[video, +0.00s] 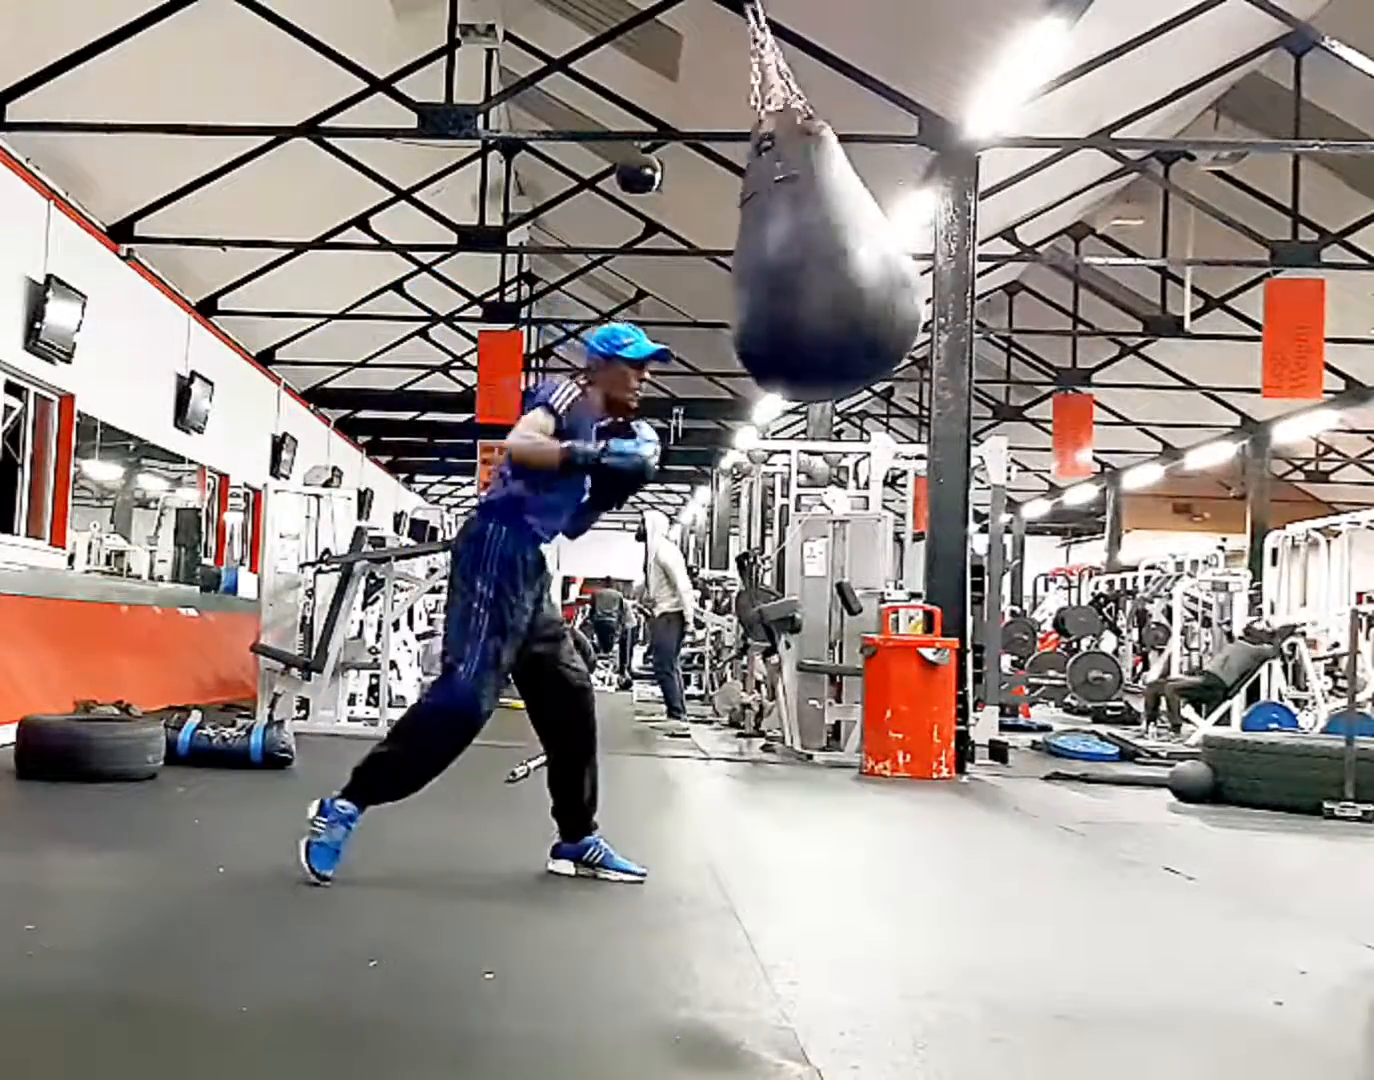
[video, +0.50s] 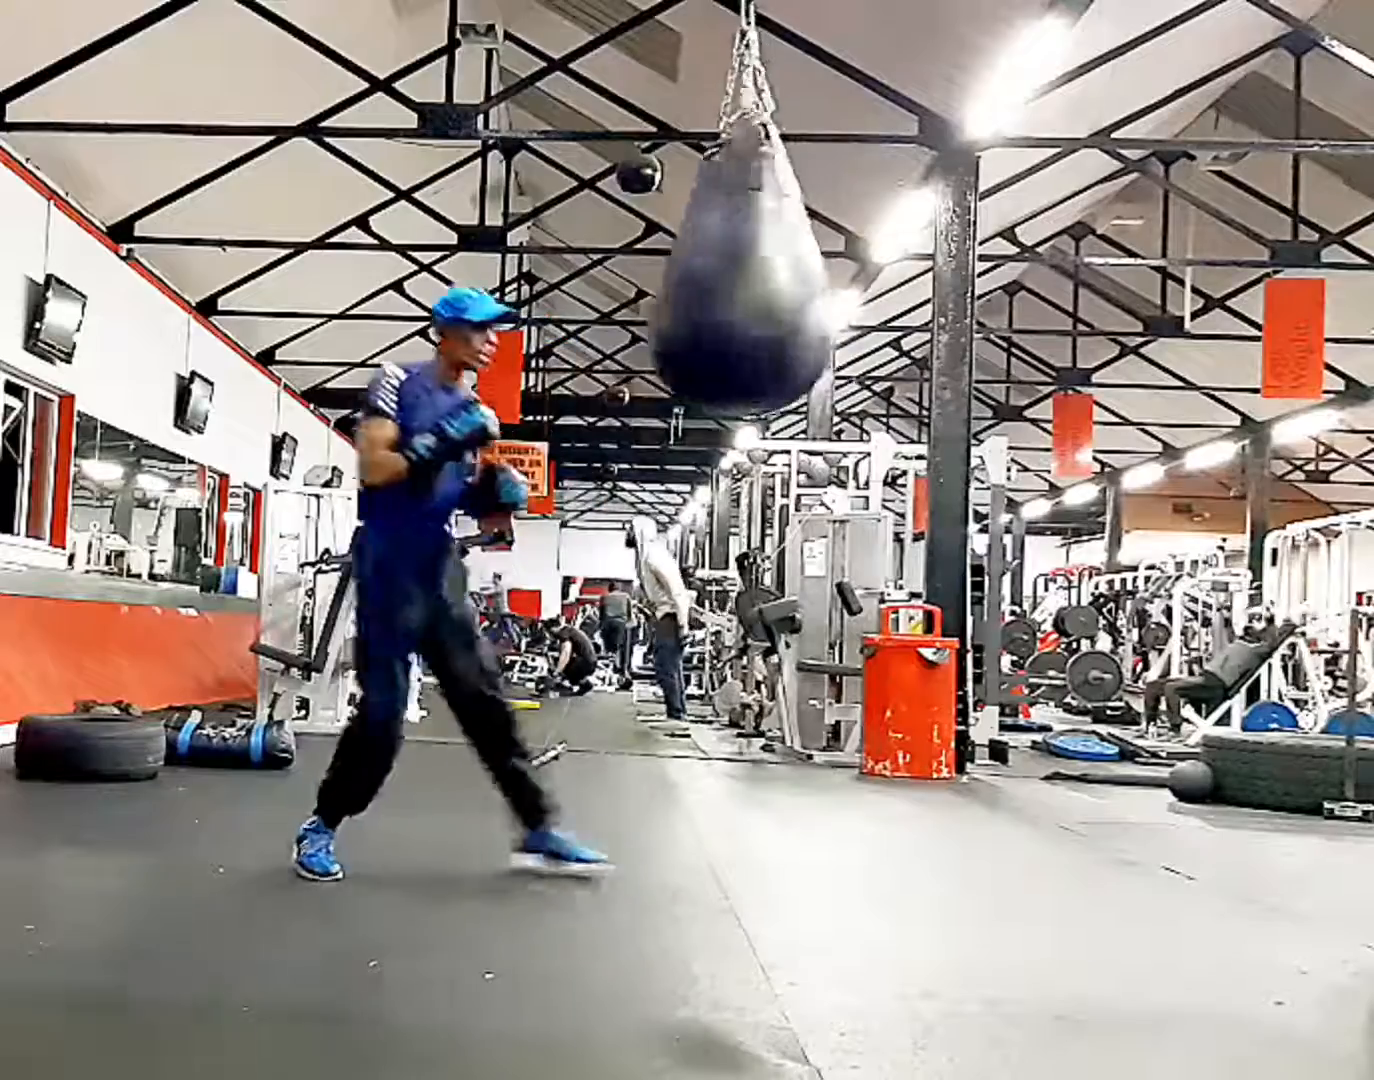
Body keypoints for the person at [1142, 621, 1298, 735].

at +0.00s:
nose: (1252, 629)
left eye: (1257, 629)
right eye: (1254, 627)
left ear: (1262, 636)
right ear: (1249, 631)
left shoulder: (1259, 650)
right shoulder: (1237, 643)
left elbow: (1277, 651)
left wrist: (1277, 637)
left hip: (1217, 682)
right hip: (1204, 675)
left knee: (1171, 688)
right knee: (1152, 687)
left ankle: (1175, 731)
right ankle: (1147, 729)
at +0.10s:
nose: (1254, 634)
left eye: (1257, 633)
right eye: (1256, 632)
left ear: (1260, 640)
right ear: (1250, 634)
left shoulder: (1259, 651)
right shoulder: (1238, 644)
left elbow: (1283, 655)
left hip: (1217, 682)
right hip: (1203, 674)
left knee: (1171, 688)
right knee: (1153, 687)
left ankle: (1175, 731)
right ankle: (1148, 728)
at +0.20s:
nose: (1255, 635)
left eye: (1258, 634)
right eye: (1256, 633)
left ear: (1260, 640)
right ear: (1250, 634)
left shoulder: (1257, 651)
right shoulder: (1237, 644)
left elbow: (1281, 654)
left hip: (1217, 682)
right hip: (1203, 674)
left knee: (1171, 688)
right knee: (1152, 687)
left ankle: (1175, 731)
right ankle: (1148, 727)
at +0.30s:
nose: (1251, 629)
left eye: (1256, 628)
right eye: (1252, 626)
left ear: (1261, 636)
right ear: (1247, 631)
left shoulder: (1259, 650)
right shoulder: (1237, 643)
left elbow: (1278, 653)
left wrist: (1274, 637)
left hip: (1217, 682)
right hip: (1204, 674)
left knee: (1171, 687)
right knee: (1152, 688)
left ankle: (1175, 731)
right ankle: (1148, 728)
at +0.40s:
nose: (1251, 627)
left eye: (1256, 626)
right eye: (1251, 625)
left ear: (1260, 634)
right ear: (1249, 630)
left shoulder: (1257, 650)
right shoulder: (1237, 644)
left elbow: (1276, 646)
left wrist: (1271, 630)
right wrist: (1225, 627)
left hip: (1218, 682)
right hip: (1204, 675)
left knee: (1172, 688)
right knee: (1152, 687)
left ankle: (1175, 731)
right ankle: (1148, 728)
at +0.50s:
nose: (1248, 633)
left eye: (1252, 632)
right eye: (1248, 631)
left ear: (1258, 635)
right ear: (1246, 633)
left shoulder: (1258, 650)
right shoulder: (1236, 643)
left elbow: (1273, 644)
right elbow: (1229, 632)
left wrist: (1270, 624)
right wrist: (1224, 617)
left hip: (1217, 682)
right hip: (1203, 676)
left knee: (1171, 688)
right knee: (1152, 687)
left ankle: (1175, 730)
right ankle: (1148, 727)